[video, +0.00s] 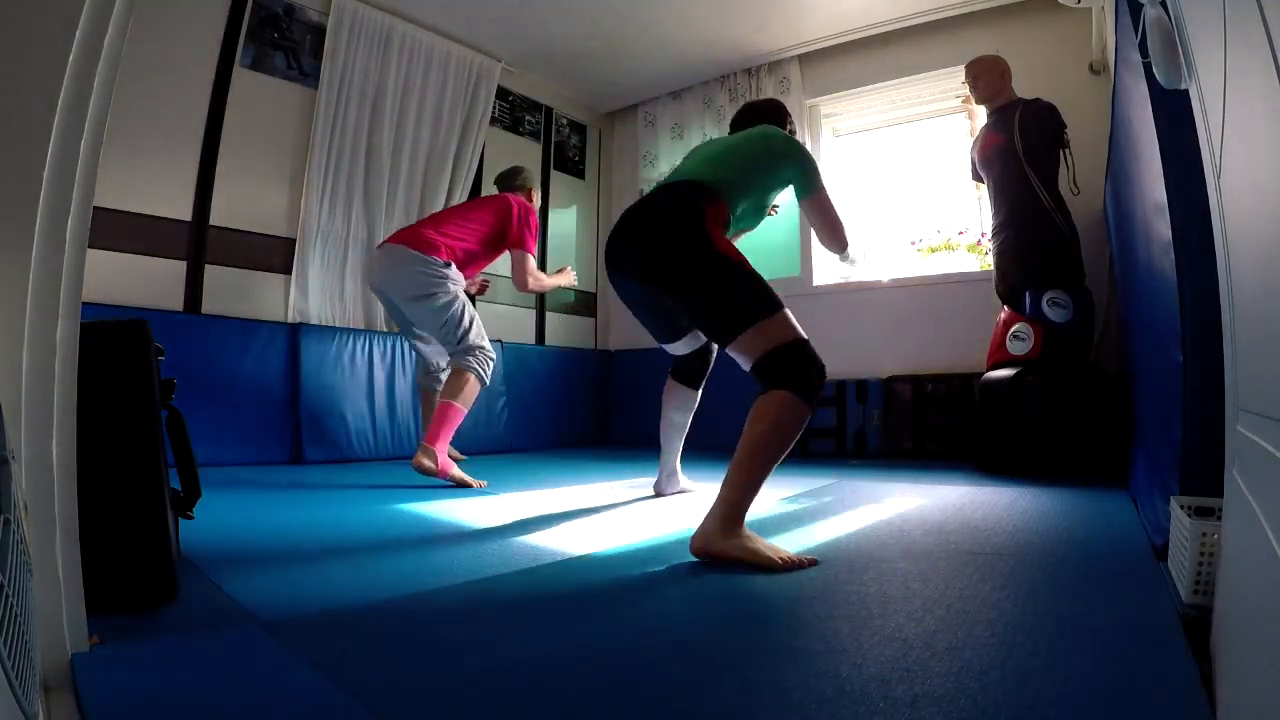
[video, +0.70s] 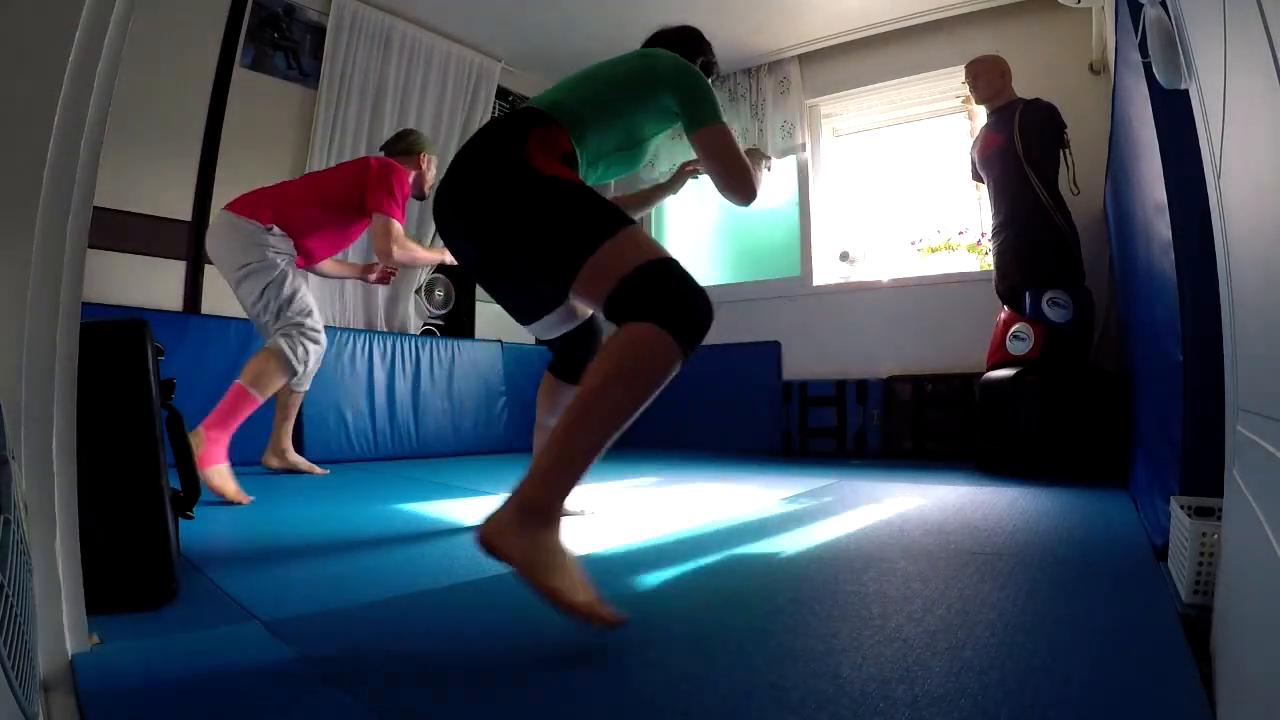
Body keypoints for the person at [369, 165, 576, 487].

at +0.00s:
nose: (538, 203)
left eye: (537, 199)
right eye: (538, 198)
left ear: (503, 192)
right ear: (532, 195)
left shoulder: (478, 207)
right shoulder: (522, 209)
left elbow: (429, 246)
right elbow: (526, 280)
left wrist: (463, 284)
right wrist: (561, 279)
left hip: (384, 261)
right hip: (424, 265)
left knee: (435, 357)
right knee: (477, 354)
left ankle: (434, 441)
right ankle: (434, 450)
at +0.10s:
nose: (525, 204)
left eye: (526, 198)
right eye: (526, 196)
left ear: (487, 186)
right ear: (519, 189)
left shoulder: (461, 203)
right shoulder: (503, 201)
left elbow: (412, 261)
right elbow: (509, 273)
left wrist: (454, 282)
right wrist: (544, 274)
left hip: (360, 258)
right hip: (395, 257)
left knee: (419, 349)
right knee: (459, 341)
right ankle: (434, 451)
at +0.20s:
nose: (508, 201)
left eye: (510, 194)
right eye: (510, 192)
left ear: (470, 183)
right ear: (502, 186)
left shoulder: (448, 204)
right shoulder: (483, 199)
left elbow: (395, 272)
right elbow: (491, 271)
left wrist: (441, 284)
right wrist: (528, 273)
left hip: (339, 260)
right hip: (369, 257)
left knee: (396, 354)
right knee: (444, 333)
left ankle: (375, 441)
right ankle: (391, 434)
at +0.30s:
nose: (490, 193)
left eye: (491, 186)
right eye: (491, 185)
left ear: (451, 178)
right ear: (482, 179)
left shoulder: (431, 197)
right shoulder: (467, 196)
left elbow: (375, 260)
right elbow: (472, 271)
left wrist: (413, 280)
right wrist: (513, 271)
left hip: (324, 258)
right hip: (350, 262)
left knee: (381, 352)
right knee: (404, 356)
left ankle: (368, 448)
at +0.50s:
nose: (460, 184)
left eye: (462, 176)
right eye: (461, 174)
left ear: (419, 164)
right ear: (452, 166)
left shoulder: (398, 183)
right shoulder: (433, 180)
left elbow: (335, 255)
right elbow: (440, 259)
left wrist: (380, 269)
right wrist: (478, 260)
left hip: (282, 238)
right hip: (301, 242)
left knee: (345, 336)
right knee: (352, 351)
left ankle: (328, 436)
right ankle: (287, 465)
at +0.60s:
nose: (448, 181)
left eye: (448, 172)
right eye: (448, 170)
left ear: (408, 160)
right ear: (438, 163)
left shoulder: (381, 185)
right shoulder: (411, 174)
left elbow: (331, 259)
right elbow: (416, 252)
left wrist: (383, 269)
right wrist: (462, 256)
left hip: (265, 229)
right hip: (273, 228)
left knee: (319, 331)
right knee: (328, 331)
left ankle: (284, 453)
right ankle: (281, 455)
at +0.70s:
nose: (434, 179)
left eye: (436, 171)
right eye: (435, 168)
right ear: (423, 160)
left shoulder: (365, 181)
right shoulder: (390, 172)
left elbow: (309, 258)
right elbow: (390, 247)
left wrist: (364, 270)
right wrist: (441, 256)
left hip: (254, 236)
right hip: (250, 232)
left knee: (305, 340)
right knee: (301, 339)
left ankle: (280, 449)